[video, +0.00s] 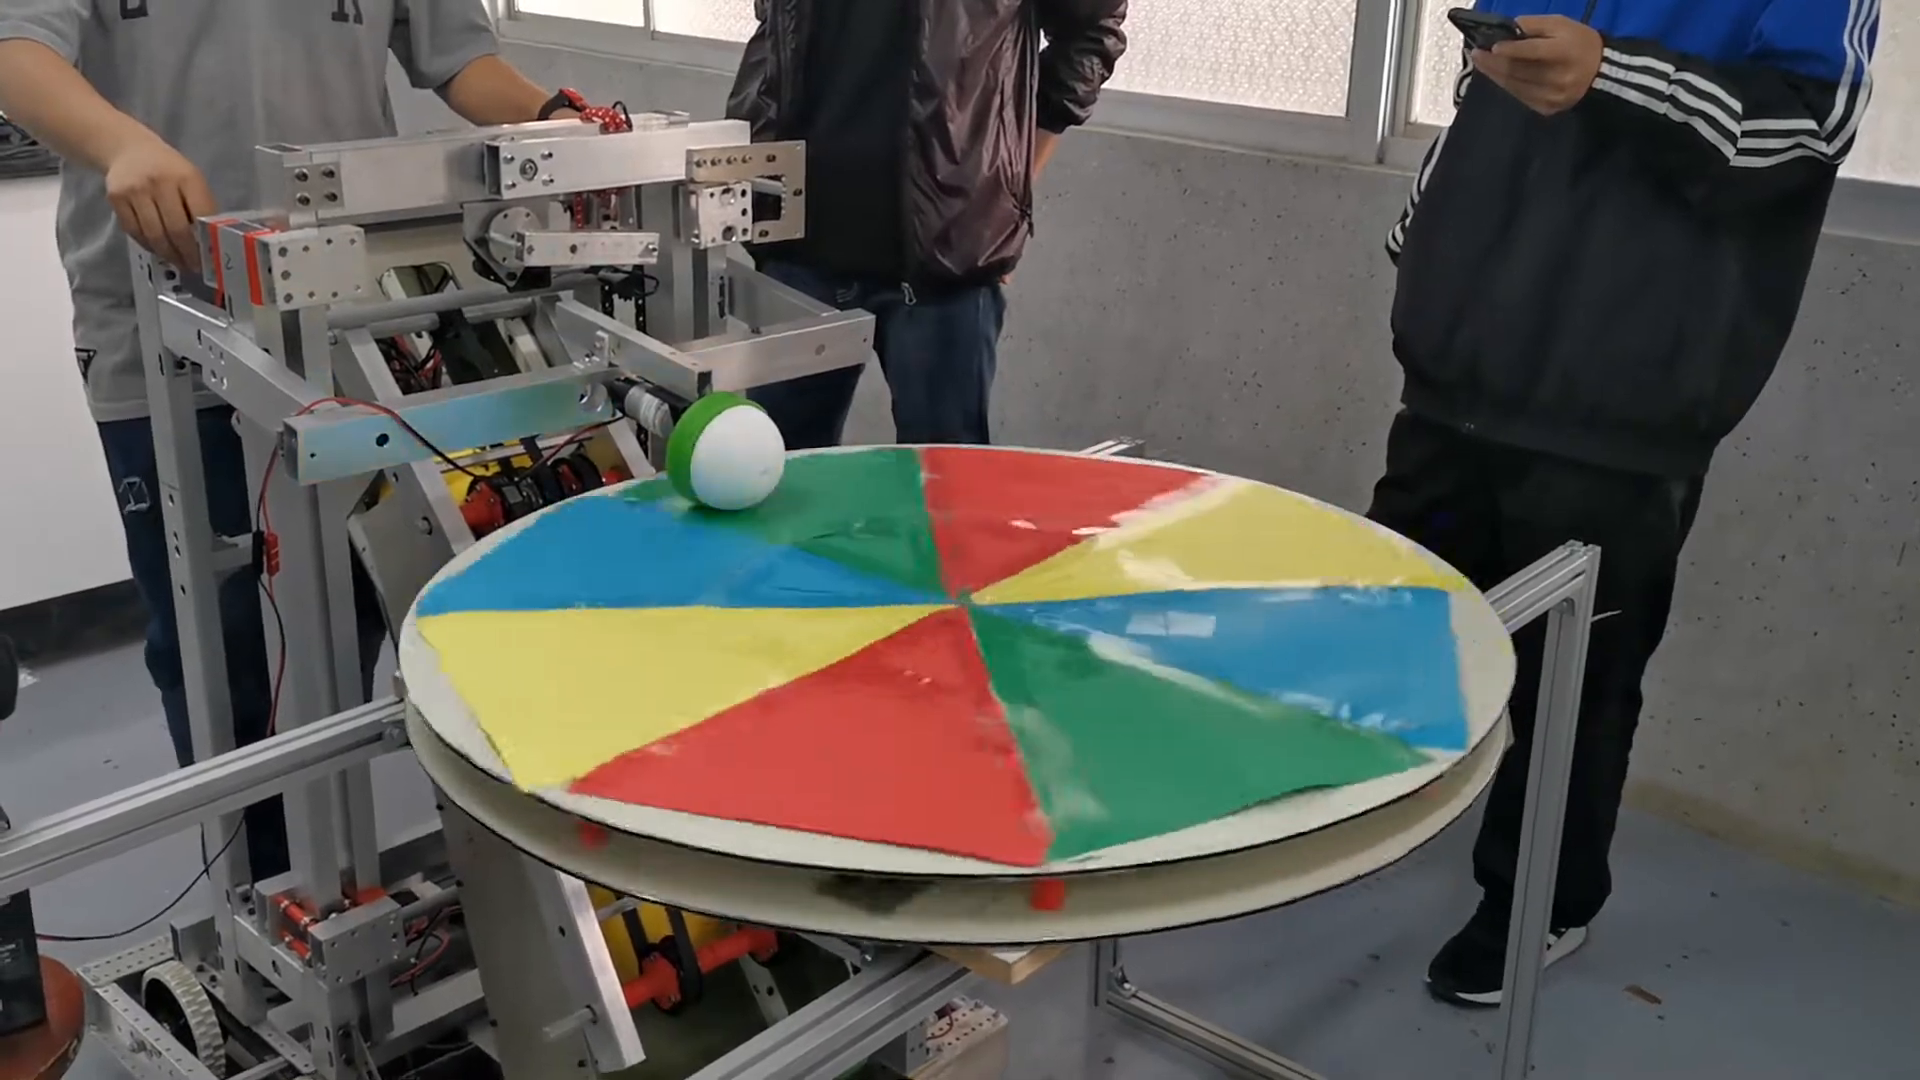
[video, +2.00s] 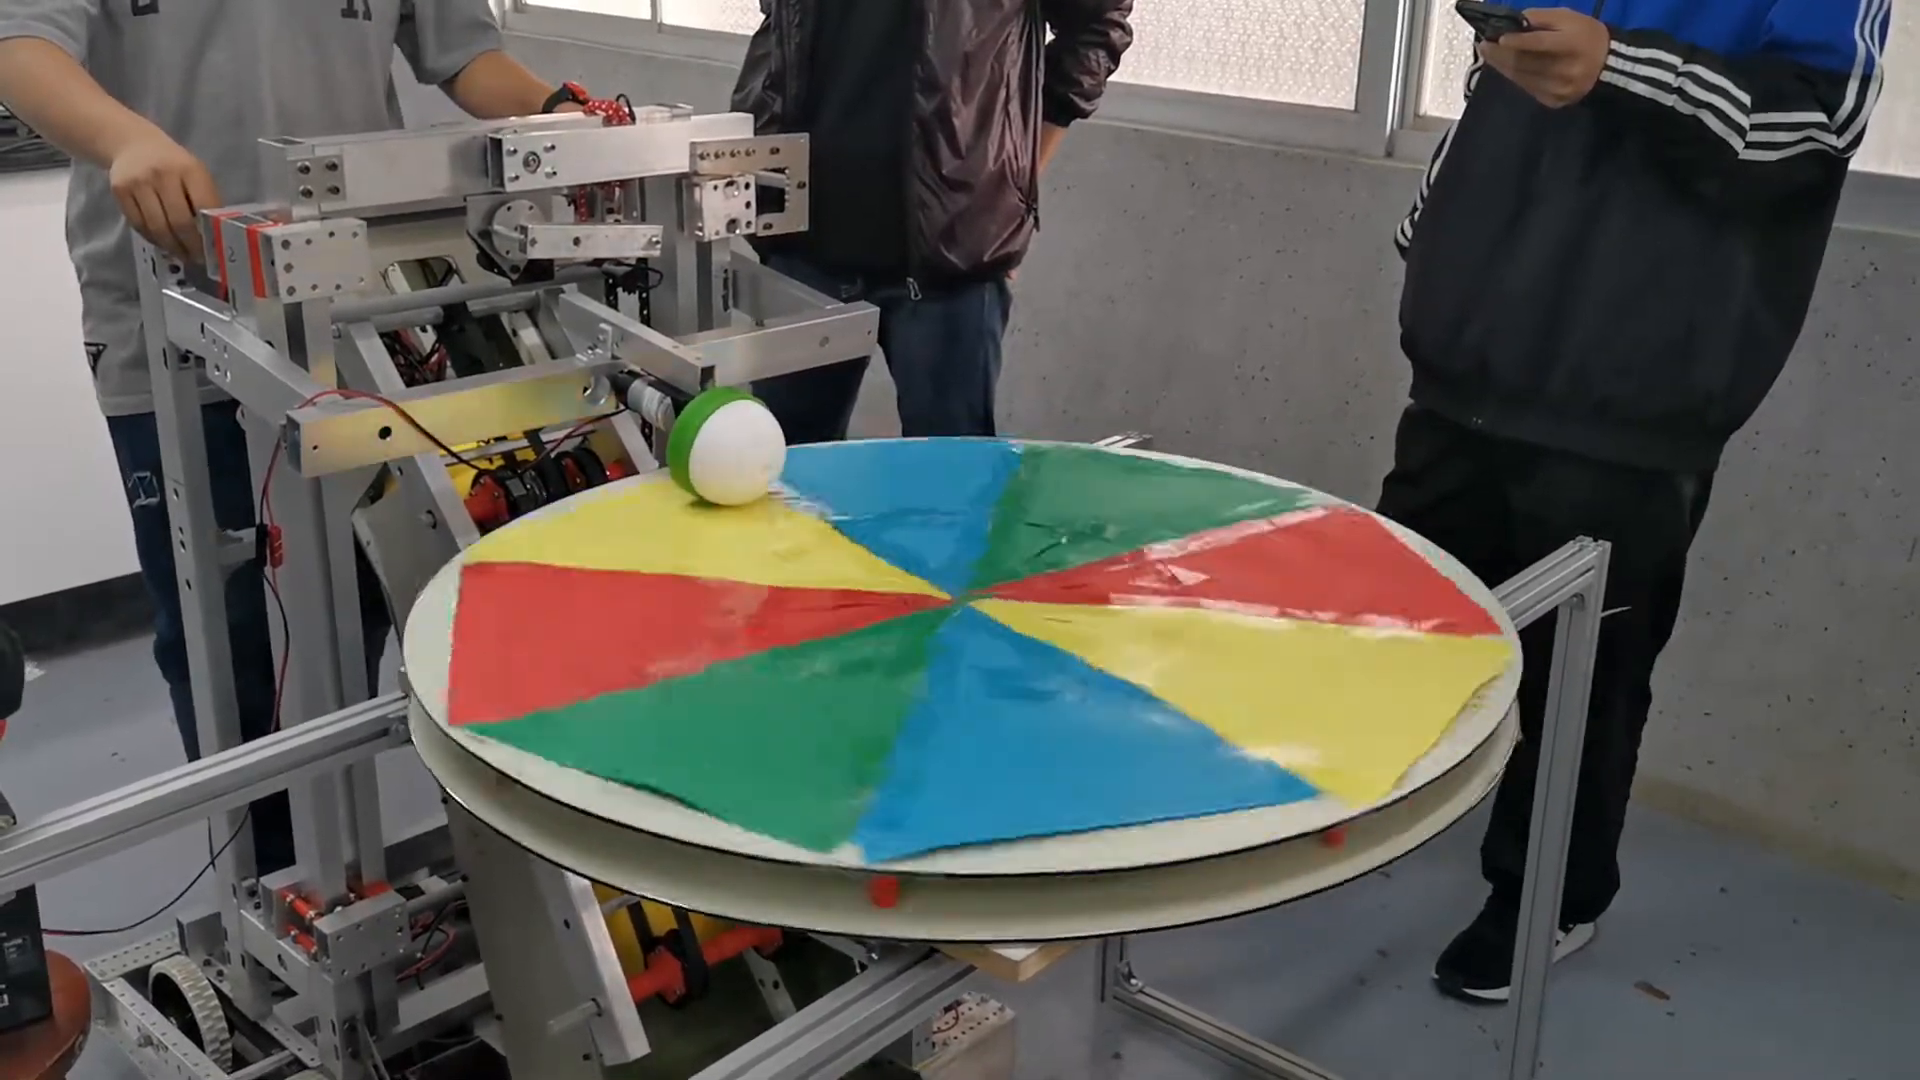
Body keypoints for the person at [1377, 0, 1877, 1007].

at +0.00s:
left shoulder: (1815, 9)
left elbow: (1806, 130)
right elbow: (1490, 85)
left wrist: (1606, 73)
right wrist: (1416, 245)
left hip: (1638, 369)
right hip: (1474, 323)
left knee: (1576, 661)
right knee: (1405, 612)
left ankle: (1536, 901)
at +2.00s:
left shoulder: (1825, 9)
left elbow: (1813, 128)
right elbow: (1501, 53)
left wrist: (1613, 64)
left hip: (1649, 360)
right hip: (1485, 313)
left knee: (1583, 657)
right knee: (1408, 603)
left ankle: (1546, 895)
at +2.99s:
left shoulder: (1830, 8)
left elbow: (1818, 121)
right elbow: (1507, 50)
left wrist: (1617, 57)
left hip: (1653, 350)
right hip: (1489, 303)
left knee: (1589, 649)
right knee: (1415, 597)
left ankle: (1555, 890)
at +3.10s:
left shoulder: (1830, 9)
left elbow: (1821, 120)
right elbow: (1509, 36)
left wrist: (1618, 56)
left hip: (1655, 352)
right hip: (1489, 304)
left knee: (1590, 650)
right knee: (1415, 596)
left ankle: (1555, 891)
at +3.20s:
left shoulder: (1834, 9)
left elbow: (1819, 122)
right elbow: (1510, 42)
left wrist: (1620, 56)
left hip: (1657, 352)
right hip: (1491, 304)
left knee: (1593, 649)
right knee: (1414, 599)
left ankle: (1557, 891)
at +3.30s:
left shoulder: (1834, 10)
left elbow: (1825, 120)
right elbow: (1511, 49)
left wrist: (1622, 55)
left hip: (1656, 352)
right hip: (1491, 304)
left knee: (1593, 649)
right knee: (1416, 600)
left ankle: (1556, 891)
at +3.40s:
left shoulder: (1835, 9)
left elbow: (1826, 119)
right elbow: (1512, 57)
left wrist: (1624, 56)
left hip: (1657, 355)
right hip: (1492, 309)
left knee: (1592, 654)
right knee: (1414, 598)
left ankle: (1556, 892)